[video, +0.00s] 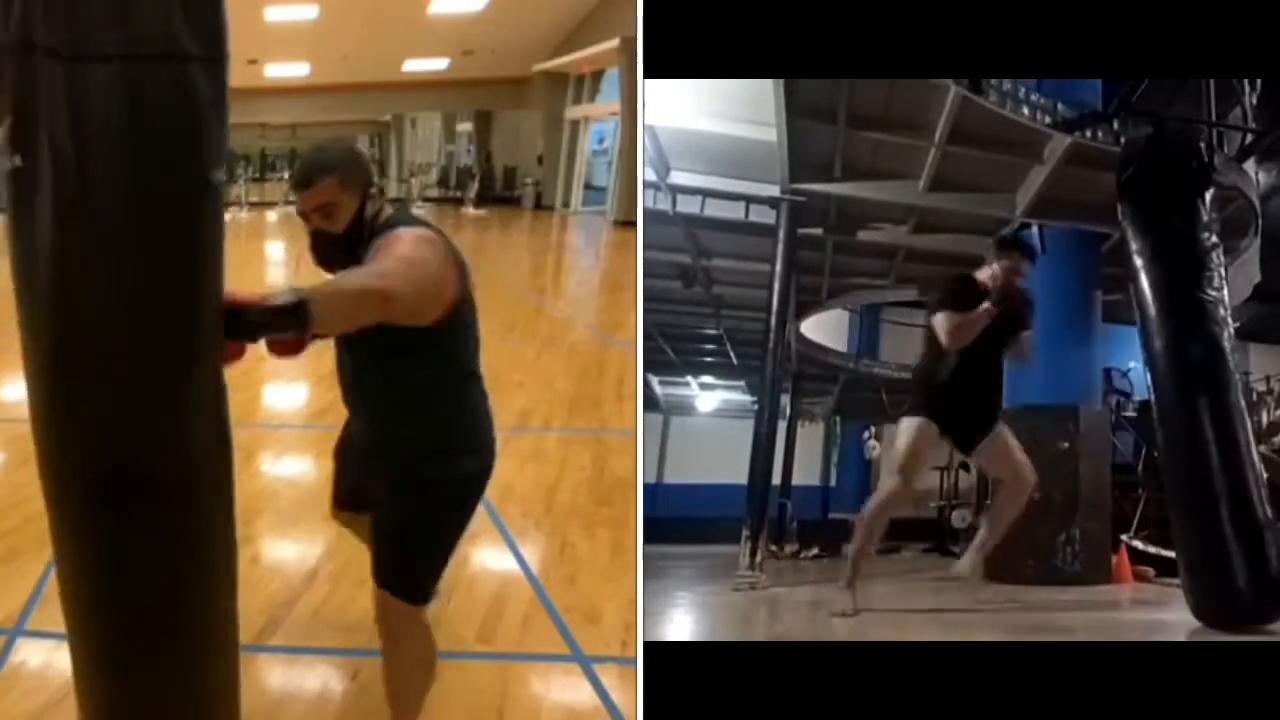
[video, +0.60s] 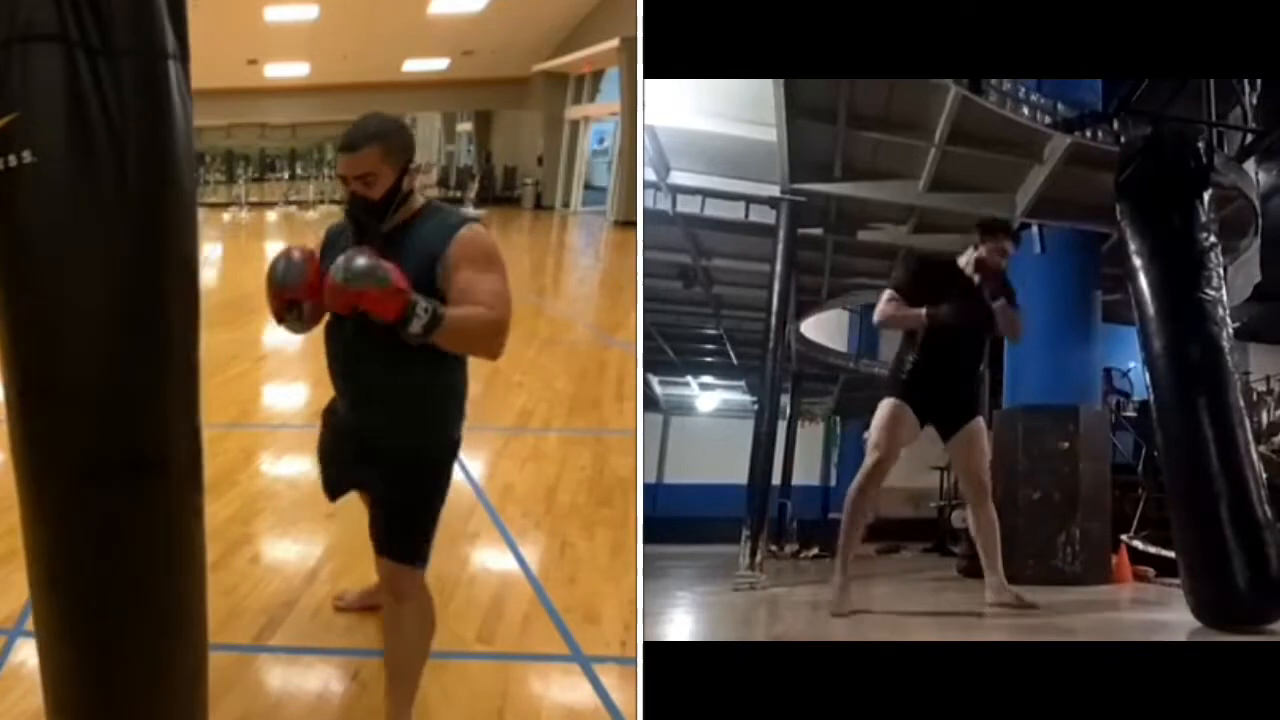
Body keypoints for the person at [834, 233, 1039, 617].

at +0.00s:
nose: (1014, 275)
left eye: (1021, 270)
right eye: (1010, 266)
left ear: (1026, 272)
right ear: (994, 260)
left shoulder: (1016, 303)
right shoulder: (958, 287)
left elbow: (1022, 353)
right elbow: (949, 337)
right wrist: (989, 307)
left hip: (976, 410)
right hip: (930, 403)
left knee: (1020, 482)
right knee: (898, 484)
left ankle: (972, 558)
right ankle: (849, 578)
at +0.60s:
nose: (1001, 262)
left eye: (1006, 257)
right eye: (997, 253)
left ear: (1006, 259)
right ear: (977, 245)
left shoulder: (997, 289)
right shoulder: (926, 269)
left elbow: (1015, 333)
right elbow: (883, 314)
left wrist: (996, 294)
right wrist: (931, 315)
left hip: (962, 397)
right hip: (912, 389)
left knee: (980, 488)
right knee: (876, 464)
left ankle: (996, 585)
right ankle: (841, 577)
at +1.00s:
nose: (943, 250)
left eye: (949, 243)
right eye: (937, 240)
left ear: (950, 248)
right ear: (914, 235)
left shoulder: (939, 282)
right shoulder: (878, 264)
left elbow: (954, 330)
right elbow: (859, 303)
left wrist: (973, 311)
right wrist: (912, 281)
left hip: (921, 387)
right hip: (873, 383)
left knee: (963, 473)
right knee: (836, 472)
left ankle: (980, 569)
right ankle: (807, 582)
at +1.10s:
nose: (925, 242)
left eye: (931, 236)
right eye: (919, 233)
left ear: (936, 241)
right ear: (899, 231)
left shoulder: (935, 273)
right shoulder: (868, 264)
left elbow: (973, 318)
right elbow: (822, 299)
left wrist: (974, 283)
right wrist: (880, 276)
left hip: (907, 387)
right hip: (860, 382)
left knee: (925, 487)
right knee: (823, 464)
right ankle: (785, 570)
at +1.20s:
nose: (913, 250)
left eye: (919, 246)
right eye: (908, 241)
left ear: (924, 254)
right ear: (890, 243)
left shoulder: (927, 284)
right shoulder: (861, 279)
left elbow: (968, 311)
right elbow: (800, 313)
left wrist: (960, 267)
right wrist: (842, 291)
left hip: (901, 401)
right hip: (852, 395)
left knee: (891, 504)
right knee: (807, 475)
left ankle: (869, 583)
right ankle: (768, 590)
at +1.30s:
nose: (896, 264)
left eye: (903, 258)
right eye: (891, 254)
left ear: (908, 261)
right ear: (873, 252)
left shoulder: (911, 294)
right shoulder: (846, 287)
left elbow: (946, 319)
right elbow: (788, 324)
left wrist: (918, 278)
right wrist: (805, 309)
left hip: (886, 405)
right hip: (836, 400)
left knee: (891, 503)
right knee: (790, 483)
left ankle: (874, 572)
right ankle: (767, 593)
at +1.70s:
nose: (847, 227)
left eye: (857, 218)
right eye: (840, 219)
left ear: (879, 224)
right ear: (831, 227)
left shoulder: (900, 266)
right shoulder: (823, 282)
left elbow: (918, 312)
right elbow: (819, 343)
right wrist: (784, 369)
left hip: (896, 390)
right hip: (849, 393)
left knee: (887, 476)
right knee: (793, 487)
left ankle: (930, 606)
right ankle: (775, 591)